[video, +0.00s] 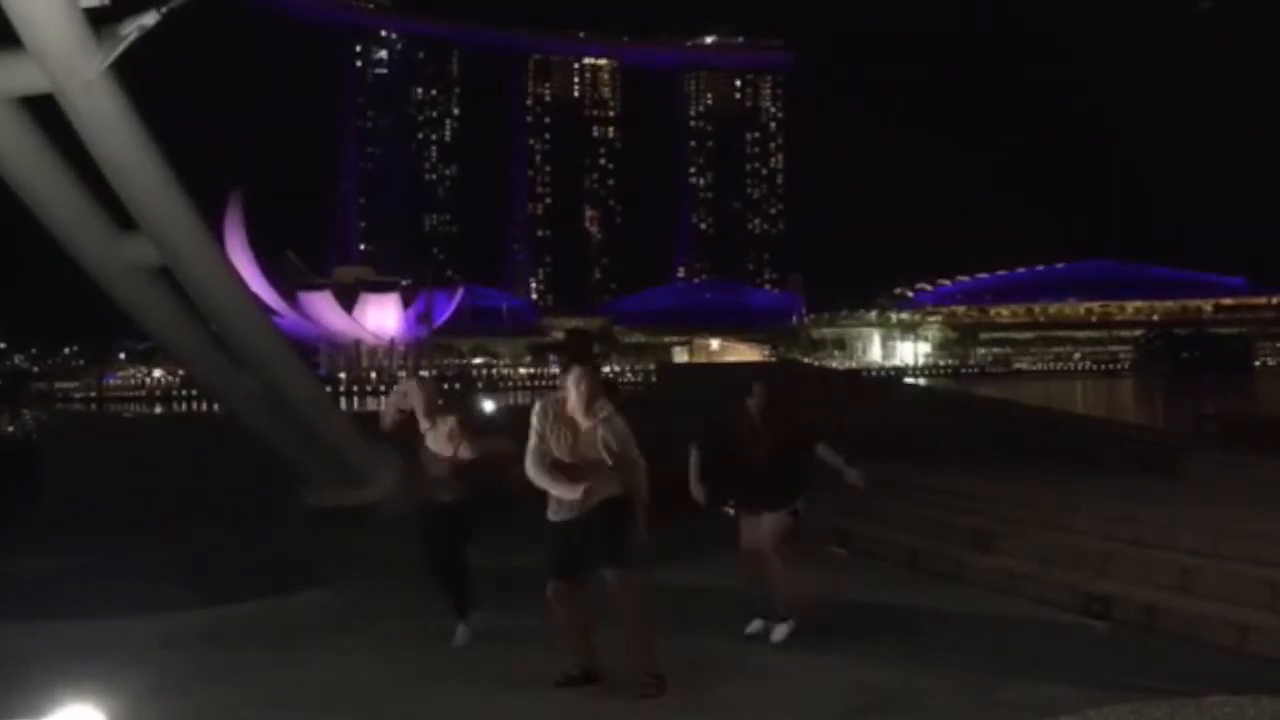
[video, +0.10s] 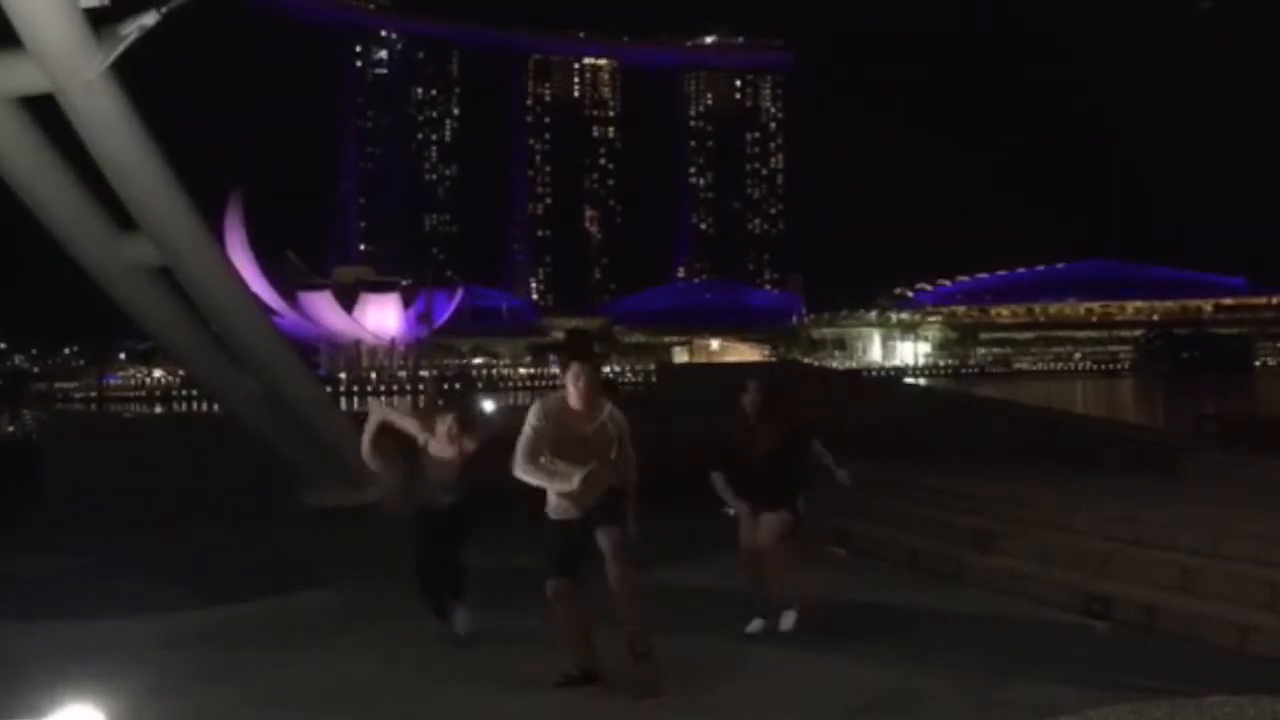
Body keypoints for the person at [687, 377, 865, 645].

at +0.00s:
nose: (756, 404)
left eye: (761, 398)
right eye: (752, 398)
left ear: (772, 400)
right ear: (746, 400)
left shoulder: (786, 425)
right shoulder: (738, 427)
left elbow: (819, 448)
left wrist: (846, 471)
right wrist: (696, 484)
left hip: (781, 495)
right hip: (748, 494)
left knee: (770, 550)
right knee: (749, 553)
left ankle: (785, 616)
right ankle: (761, 614)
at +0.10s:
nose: (750, 401)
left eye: (756, 395)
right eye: (747, 394)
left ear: (767, 398)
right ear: (742, 398)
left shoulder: (784, 427)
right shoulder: (736, 431)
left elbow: (815, 449)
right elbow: (716, 473)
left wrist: (835, 472)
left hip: (783, 496)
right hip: (749, 499)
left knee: (767, 542)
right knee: (747, 550)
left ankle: (787, 606)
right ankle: (761, 611)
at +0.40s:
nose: (758, 397)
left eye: (762, 391)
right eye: (754, 392)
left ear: (773, 394)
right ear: (747, 396)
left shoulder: (787, 420)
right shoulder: (743, 428)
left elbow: (811, 446)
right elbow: (742, 471)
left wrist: (830, 470)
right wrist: (782, 464)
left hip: (791, 499)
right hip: (756, 502)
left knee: (797, 557)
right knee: (757, 559)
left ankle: (803, 612)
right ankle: (760, 615)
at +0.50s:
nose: (768, 393)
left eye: (772, 387)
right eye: (764, 388)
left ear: (781, 389)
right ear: (756, 390)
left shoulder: (794, 416)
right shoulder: (747, 420)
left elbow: (814, 446)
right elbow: (737, 465)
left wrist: (825, 468)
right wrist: (768, 479)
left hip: (796, 495)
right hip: (761, 498)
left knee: (801, 555)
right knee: (763, 556)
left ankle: (802, 613)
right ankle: (756, 612)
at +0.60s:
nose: (771, 394)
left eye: (776, 388)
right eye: (768, 388)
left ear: (787, 390)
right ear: (762, 391)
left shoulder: (799, 418)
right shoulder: (753, 418)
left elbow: (818, 443)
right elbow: (721, 448)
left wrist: (821, 464)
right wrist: (746, 466)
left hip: (800, 491)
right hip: (765, 492)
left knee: (804, 553)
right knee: (766, 552)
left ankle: (801, 614)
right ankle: (739, 614)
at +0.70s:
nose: (777, 398)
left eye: (781, 392)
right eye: (773, 392)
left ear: (790, 394)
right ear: (766, 395)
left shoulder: (802, 422)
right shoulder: (757, 422)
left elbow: (822, 447)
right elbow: (720, 442)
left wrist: (818, 460)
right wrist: (748, 455)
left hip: (801, 496)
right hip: (766, 497)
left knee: (810, 556)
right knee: (759, 561)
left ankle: (804, 614)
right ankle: (736, 623)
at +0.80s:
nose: (783, 397)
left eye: (787, 391)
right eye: (779, 392)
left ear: (795, 393)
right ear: (771, 394)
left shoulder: (803, 422)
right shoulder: (761, 422)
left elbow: (811, 450)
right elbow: (737, 459)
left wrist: (824, 452)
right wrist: (768, 465)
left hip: (803, 496)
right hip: (769, 498)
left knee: (811, 555)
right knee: (771, 556)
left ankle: (804, 614)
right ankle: (739, 619)